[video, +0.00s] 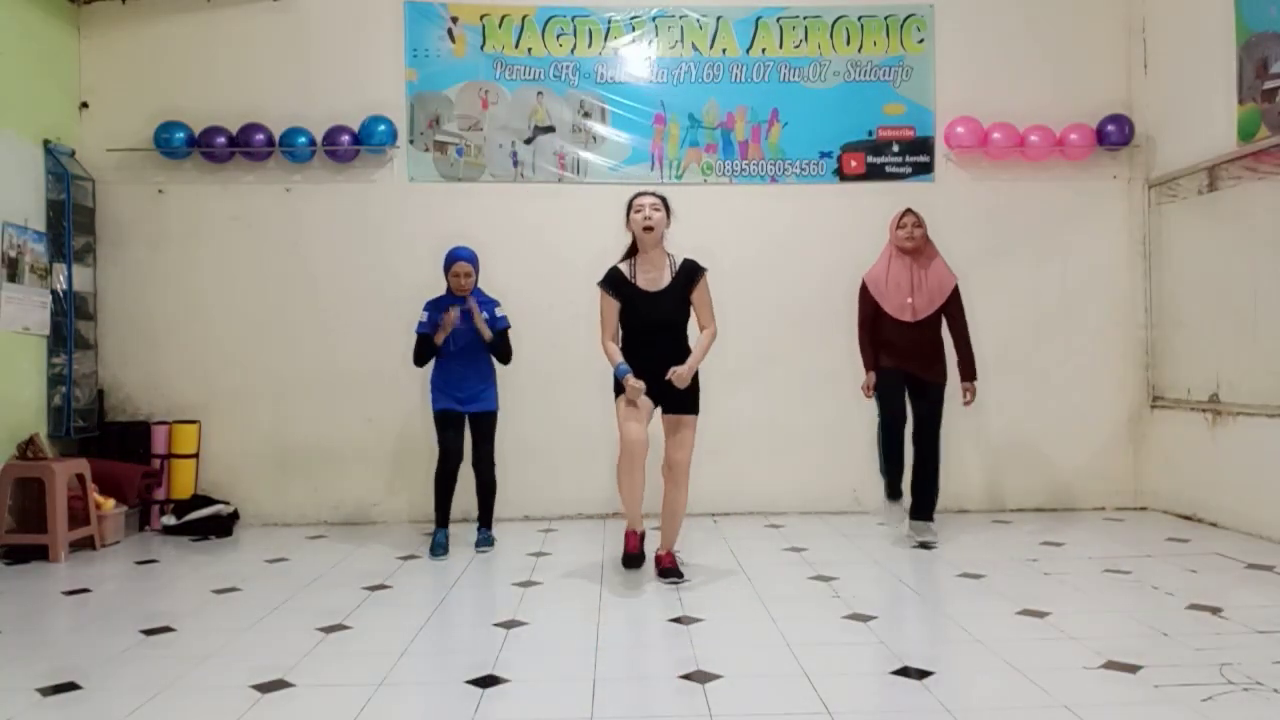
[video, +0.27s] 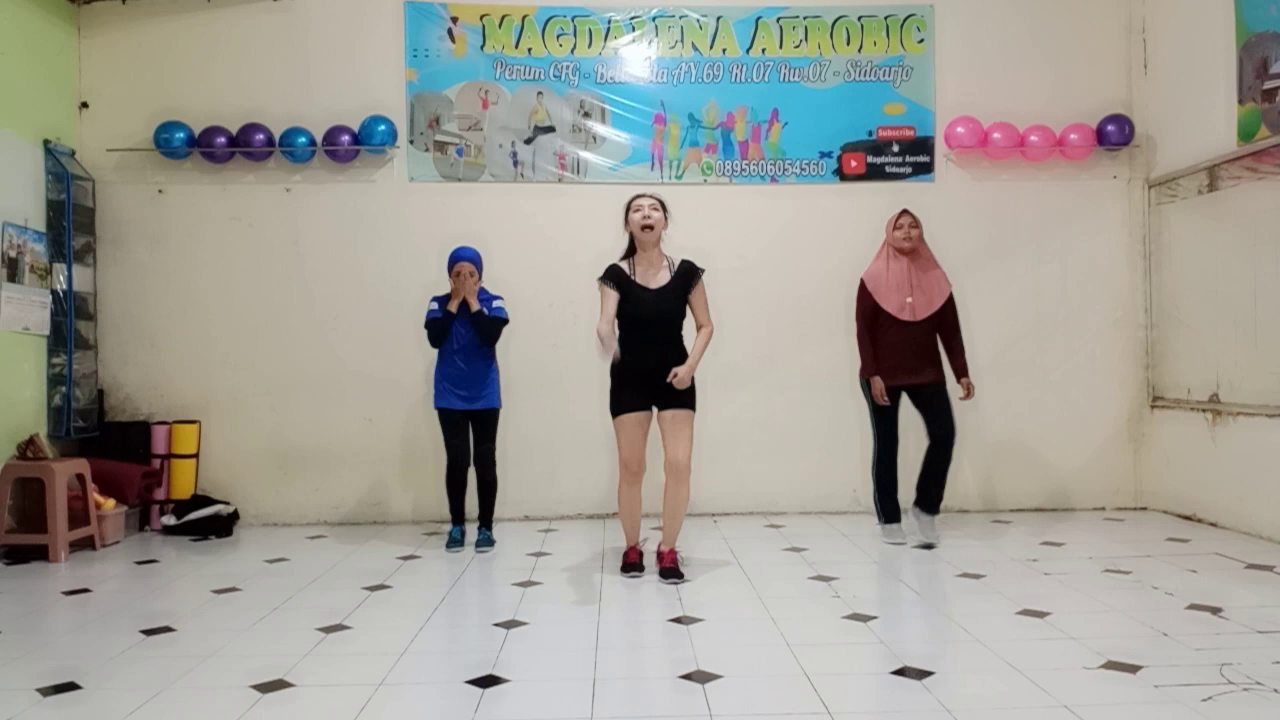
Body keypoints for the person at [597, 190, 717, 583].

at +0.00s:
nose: (647, 215)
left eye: (655, 209)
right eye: (639, 210)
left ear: (668, 221)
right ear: (629, 224)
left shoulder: (689, 272)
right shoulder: (616, 277)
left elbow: (708, 328)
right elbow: (608, 339)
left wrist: (690, 367)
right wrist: (625, 374)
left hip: (679, 373)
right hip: (634, 373)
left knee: (677, 463)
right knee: (633, 440)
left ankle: (666, 551)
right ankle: (633, 530)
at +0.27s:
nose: (647, 215)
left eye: (654, 210)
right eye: (638, 210)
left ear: (665, 223)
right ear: (627, 225)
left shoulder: (685, 272)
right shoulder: (616, 274)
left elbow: (705, 327)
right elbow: (606, 323)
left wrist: (689, 367)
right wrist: (609, 345)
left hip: (674, 375)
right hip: (629, 375)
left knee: (678, 466)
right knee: (632, 468)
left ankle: (668, 549)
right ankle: (632, 547)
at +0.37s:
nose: (647, 214)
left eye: (654, 210)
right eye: (639, 210)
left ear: (665, 223)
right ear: (627, 226)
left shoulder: (686, 272)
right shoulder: (619, 272)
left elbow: (707, 325)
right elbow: (605, 313)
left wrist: (691, 366)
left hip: (671, 372)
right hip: (628, 373)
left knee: (678, 451)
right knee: (630, 464)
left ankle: (669, 530)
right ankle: (631, 546)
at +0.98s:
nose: (655, 219)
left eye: (662, 213)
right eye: (647, 214)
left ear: (674, 225)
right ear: (637, 227)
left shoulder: (692, 273)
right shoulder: (627, 268)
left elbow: (697, 328)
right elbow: (622, 273)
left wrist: (675, 331)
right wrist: (641, 245)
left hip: (679, 371)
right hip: (636, 372)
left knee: (688, 464)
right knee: (642, 464)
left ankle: (675, 542)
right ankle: (644, 546)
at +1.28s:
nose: (655, 219)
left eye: (662, 214)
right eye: (648, 215)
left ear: (674, 225)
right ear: (637, 227)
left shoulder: (690, 272)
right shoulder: (628, 269)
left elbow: (722, 259)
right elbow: (620, 277)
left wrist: (673, 259)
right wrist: (640, 250)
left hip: (682, 373)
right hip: (638, 373)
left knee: (682, 467)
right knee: (637, 465)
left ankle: (678, 547)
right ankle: (646, 544)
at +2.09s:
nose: (658, 217)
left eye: (667, 212)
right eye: (651, 212)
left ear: (677, 224)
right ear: (640, 225)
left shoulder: (692, 266)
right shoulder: (629, 268)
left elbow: (704, 235)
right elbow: (621, 252)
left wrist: (684, 198)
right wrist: (637, 214)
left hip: (685, 372)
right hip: (640, 372)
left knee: (684, 465)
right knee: (642, 466)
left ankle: (679, 549)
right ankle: (642, 546)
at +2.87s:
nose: (657, 185)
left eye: (665, 180)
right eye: (650, 180)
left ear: (676, 191)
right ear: (639, 191)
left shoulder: (689, 231)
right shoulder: (631, 232)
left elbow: (701, 229)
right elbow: (615, 233)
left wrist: (699, 225)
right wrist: (613, 227)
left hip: (686, 339)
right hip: (641, 339)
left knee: (686, 435)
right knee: (644, 436)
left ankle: (683, 528)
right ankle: (648, 527)